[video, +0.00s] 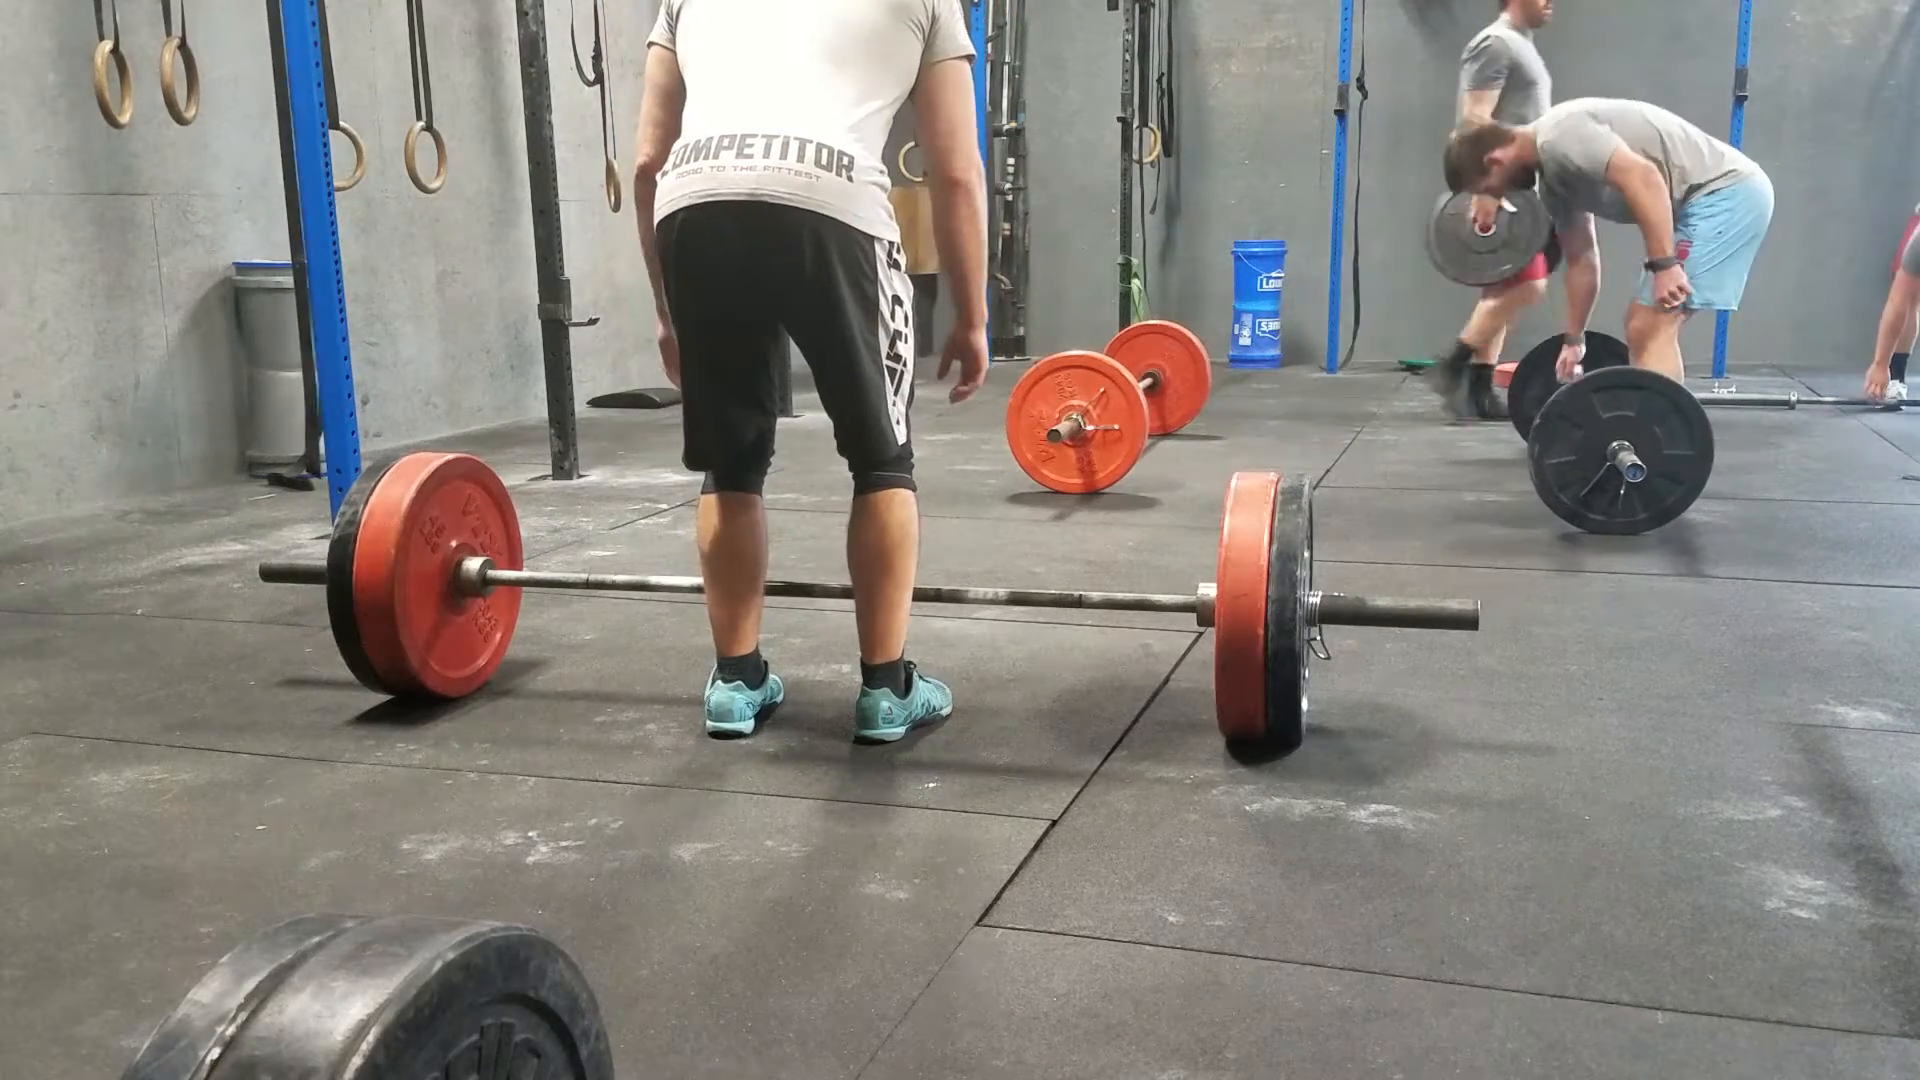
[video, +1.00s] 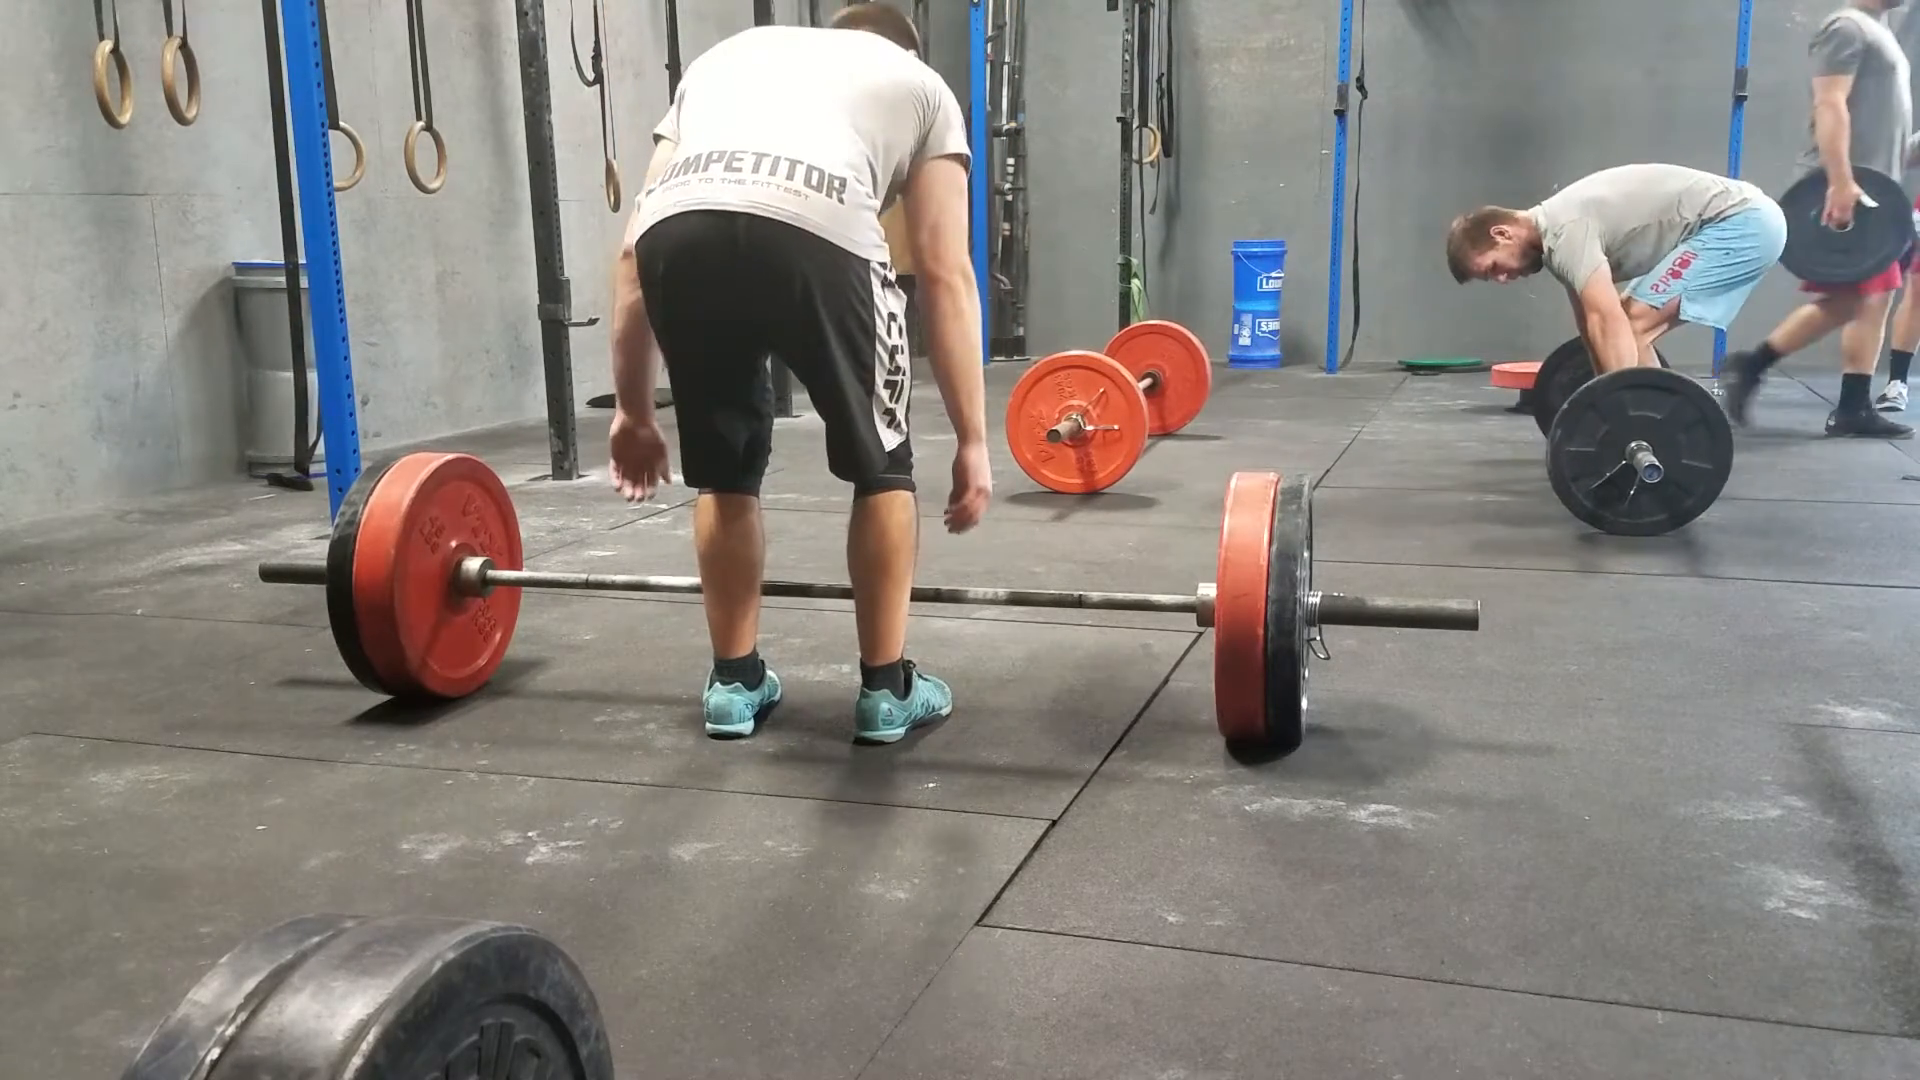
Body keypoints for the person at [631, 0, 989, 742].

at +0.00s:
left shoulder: (690, 6)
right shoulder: (924, 6)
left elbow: (649, 161)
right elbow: (956, 170)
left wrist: (668, 311)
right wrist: (970, 319)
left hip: (697, 209)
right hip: (832, 209)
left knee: (728, 465)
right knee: (881, 464)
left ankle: (734, 679)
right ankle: (884, 686)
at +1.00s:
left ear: (832, 30)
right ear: (908, 56)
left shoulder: (721, 58)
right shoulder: (922, 83)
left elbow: (635, 251)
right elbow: (943, 269)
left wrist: (633, 411)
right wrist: (971, 437)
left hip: (681, 239)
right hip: (817, 240)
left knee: (723, 471)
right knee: (880, 467)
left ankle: (733, 681)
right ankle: (885, 688)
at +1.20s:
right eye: (915, 115)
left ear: (831, 74)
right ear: (909, 100)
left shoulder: (732, 99)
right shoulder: (925, 130)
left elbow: (640, 312)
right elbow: (948, 320)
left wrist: (640, 464)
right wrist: (982, 481)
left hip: (673, 244)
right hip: (812, 253)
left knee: (724, 475)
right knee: (881, 473)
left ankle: (731, 681)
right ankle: (882, 688)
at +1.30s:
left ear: (830, 95)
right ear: (909, 119)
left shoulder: (736, 119)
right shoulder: (927, 152)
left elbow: (646, 346)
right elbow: (947, 345)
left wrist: (648, 486)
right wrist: (988, 502)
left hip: (670, 250)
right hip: (810, 261)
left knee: (725, 476)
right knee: (880, 475)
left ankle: (731, 682)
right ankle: (883, 689)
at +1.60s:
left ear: (826, 142)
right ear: (912, 166)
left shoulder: (751, 167)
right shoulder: (934, 211)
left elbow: (663, 429)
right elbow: (950, 404)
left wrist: (657, 540)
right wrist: (992, 554)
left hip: (681, 284)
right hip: (825, 293)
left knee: (726, 487)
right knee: (887, 482)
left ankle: (734, 681)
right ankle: (884, 687)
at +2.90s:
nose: (899, 36)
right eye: (899, 28)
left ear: (806, 21)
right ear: (892, 28)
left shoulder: (727, 64)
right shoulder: (919, 86)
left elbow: (660, 253)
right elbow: (950, 281)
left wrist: (642, 428)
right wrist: (984, 445)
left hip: (680, 219)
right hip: (814, 223)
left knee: (714, 473)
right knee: (883, 462)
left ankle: (730, 682)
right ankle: (884, 687)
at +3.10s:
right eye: (918, 167)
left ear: (823, 146)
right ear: (909, 163)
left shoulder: (745, 171)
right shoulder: (931, 207)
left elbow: (658, 384)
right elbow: (958, 371)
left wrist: (651, 520)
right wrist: (993, 532)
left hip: (685, 274)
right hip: (827, 289)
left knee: (728, 481)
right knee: (901, 476)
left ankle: (736, 675)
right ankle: (886, 682)